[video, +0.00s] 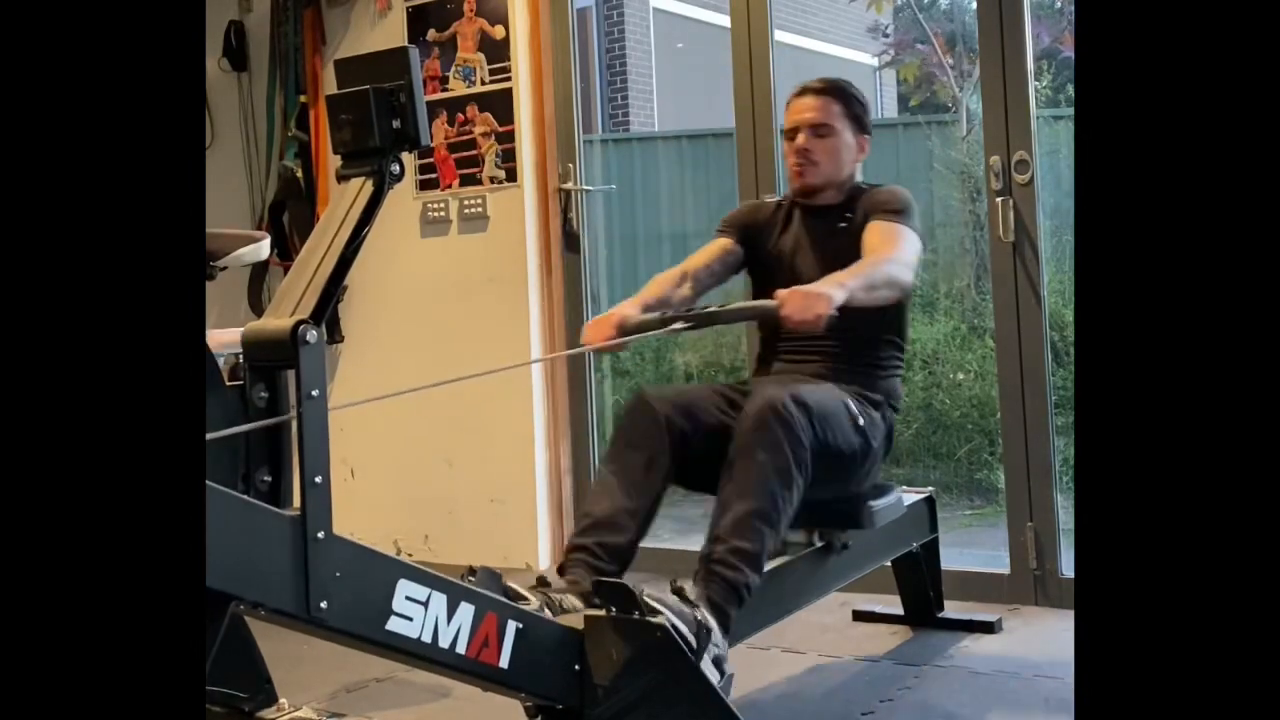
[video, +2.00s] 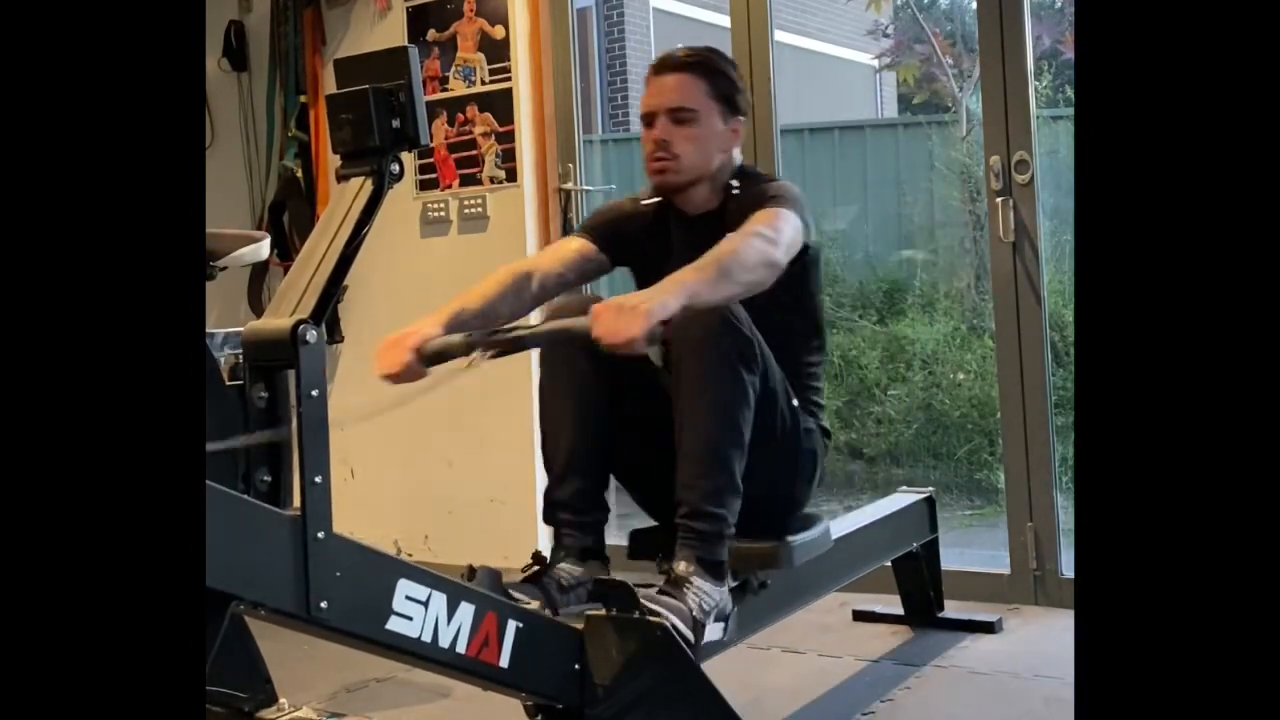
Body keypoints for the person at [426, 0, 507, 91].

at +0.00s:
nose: (471, 7)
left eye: (473, 4)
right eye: (468, 4)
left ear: (476, 7)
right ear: (463, 7)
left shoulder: (480, 22)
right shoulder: (457, 25)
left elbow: (494, 34)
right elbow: (445, 36)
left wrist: (498, 32)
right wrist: (435, 36)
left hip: (474, 60)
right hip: (460, 60)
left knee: (474, 89)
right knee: (457, 89)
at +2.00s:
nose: (471, 7)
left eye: (473, 5)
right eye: (468, 5)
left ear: (476, 8)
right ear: (463, 8)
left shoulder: (480, 22)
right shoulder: (457, 25)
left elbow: (493, 33)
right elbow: (445, 36)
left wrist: (498, 32)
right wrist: (435, 36)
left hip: (474, 60)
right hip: (460, 59)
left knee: (474, 89)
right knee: (458, 89)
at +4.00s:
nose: (471, 9)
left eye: (473, 6)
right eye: (468, 6)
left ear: (476, 8)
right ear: (463, 8)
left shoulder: (480, 22)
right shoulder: (457, 25)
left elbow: (493, 33)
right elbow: (445, 36)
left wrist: (498, 32)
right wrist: (435, 36)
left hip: (474, 60)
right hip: (460, 59)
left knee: (474, 89)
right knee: (458, 89)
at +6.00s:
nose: (471, 7)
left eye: (473, 5)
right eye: (469, 4)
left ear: (476, 8)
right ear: (463, 8)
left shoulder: (480, 22)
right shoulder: (457, 25)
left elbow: (493, 34)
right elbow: (445, 36)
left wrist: (498, 32)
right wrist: (435, 36)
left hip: (474, 60)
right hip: (460, 59)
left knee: (474, 89)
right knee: (458, 89)